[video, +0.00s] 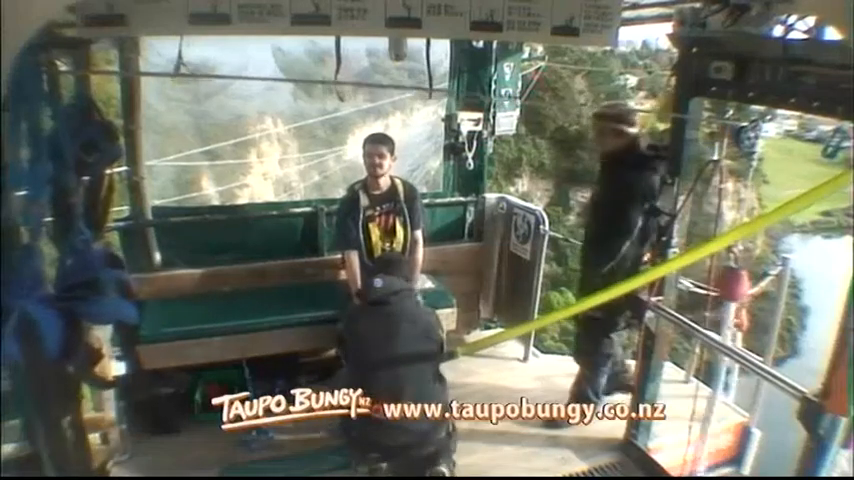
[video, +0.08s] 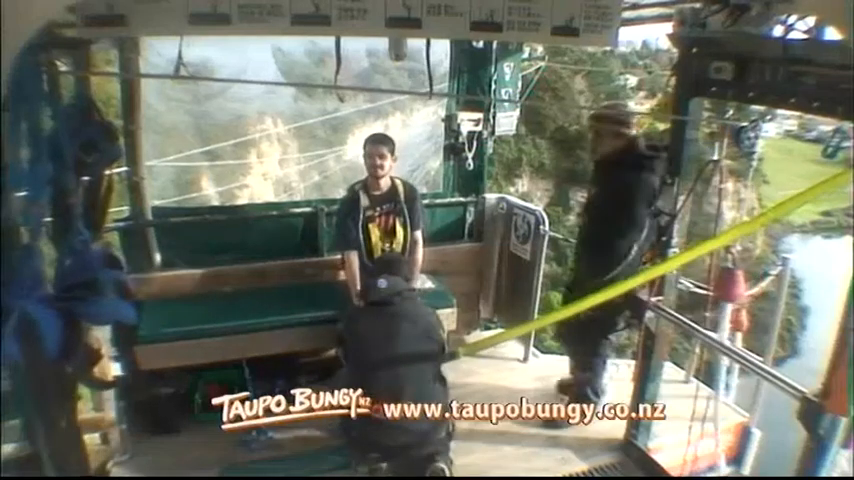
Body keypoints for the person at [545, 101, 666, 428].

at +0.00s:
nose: (598, 139)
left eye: (604, 133)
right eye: (598, 132)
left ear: (623, 134)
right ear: (609, 133)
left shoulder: (635, 171)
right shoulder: (614, 165)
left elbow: (626, 227)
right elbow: (607, 218)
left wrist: (600, 270)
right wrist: (592, 258)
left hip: (616, 265)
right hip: (598, 261)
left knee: (598, 330)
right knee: (593, 325)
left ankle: (581, 403)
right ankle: (618, 374)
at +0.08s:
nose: (596, 142)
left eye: (603, 135)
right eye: (596, 134)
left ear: (621, 136)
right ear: (604, 136)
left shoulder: (633, 172)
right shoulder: (611, 167)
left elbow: (626, 231)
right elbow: (602, 223)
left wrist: (594, 276)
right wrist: (584, 266)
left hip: (612, 265)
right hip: (593, 260)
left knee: (592, 326)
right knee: (578, 321)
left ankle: (588, 395)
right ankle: (584, 377)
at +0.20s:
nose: (595, 149)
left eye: (603, 142)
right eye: (593, 140)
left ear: (619, 143)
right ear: (590, 140)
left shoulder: (636, 177)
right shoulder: (596, 172)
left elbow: (634, 239)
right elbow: (584, 218)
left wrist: (612, 286)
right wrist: (565, 250)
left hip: (609, 277)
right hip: (578, 270)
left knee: (593, 342)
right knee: (553, 332)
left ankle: (582, 404)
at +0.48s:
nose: (596, 155)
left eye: (605, 149)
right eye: (591, 146)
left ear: (620, 149)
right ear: (581, 144)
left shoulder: (632, 187)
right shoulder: (567, 177)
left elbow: (642, 247)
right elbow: (544, 222)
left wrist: (640, 303)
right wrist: (529, 262)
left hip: (608, 290)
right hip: (565, 282)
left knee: (590, 359)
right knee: (548, 359)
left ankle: (576, 407)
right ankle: (533, 439)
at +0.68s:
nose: (621, 166)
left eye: (626, 159)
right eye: (613, 159)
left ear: (631, 155)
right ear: (590, 154)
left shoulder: (636, 194)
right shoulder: (558, 190)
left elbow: (650, 258)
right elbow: (527, 252)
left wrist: (644, 312)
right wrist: (535, 311)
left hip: (612, 312)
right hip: (561, 308)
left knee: (601, 391)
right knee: (549, 386)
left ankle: (547, 403)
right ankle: (535, 449)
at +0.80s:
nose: (637, 172)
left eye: (641, 165)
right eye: (631, 164)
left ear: (643, 163)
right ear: (608, 157)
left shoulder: (644, 203)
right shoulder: (564, 195)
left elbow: (652, 267)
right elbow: (541, 265)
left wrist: (646, 321)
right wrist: (559, 324)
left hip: (618, 318)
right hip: (569, 315)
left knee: (622, 394)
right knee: (554, 392)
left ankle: (576, 434)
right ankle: (536, 449)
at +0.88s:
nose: (652, 186)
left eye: (658, 180)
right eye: (647, 177)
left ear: (662, 176)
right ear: (624, 164)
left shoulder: (652, 212)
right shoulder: (577, 201)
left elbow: (653, 273)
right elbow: (557, 275)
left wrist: (648, 325)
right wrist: (576, 334)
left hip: (620, 321)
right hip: (575, 316)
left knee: (630, 402)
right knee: (559, 389)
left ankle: (598, 468)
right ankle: (537, 456)